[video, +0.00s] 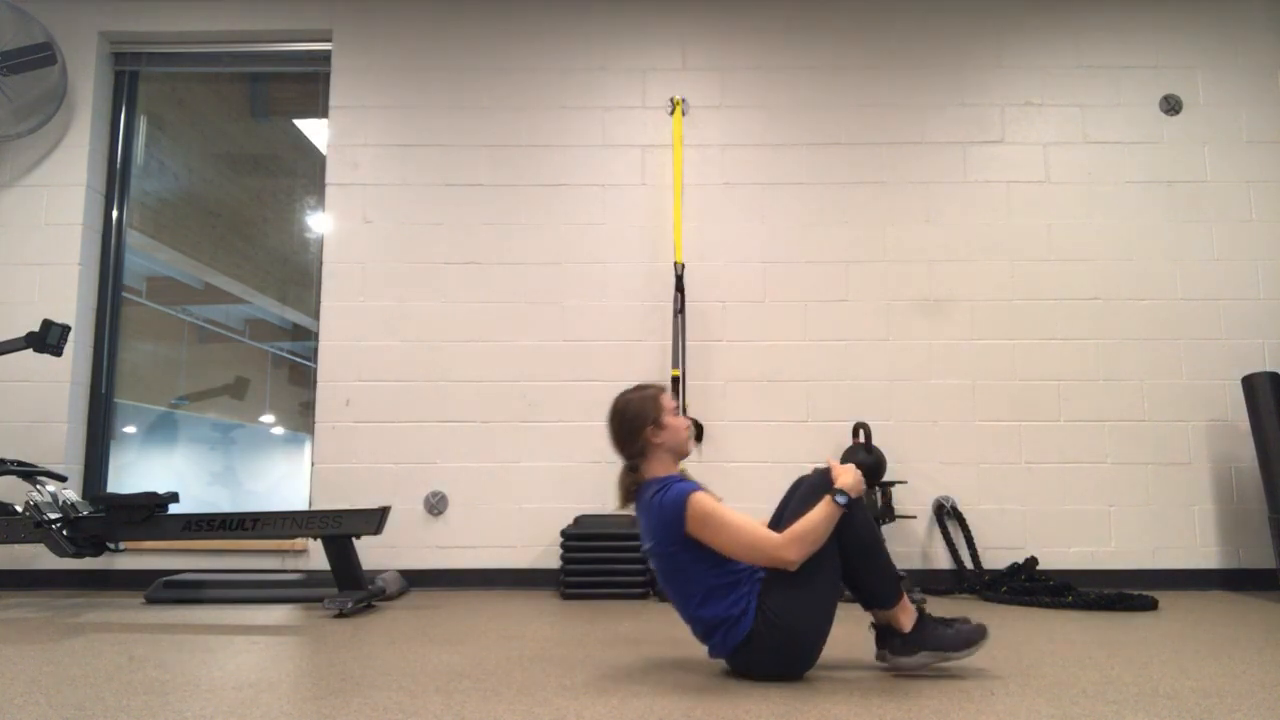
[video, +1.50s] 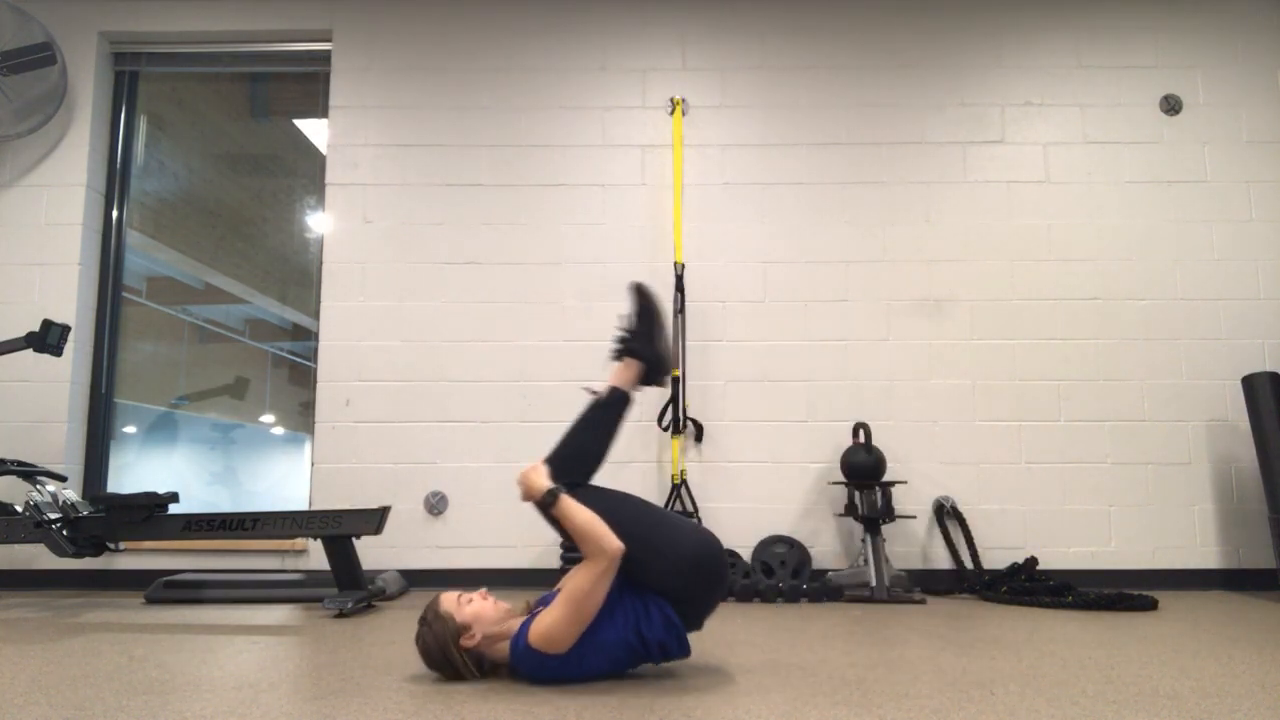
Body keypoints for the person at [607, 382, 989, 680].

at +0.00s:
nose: (687, 416)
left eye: (679, 409)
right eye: (676, 412)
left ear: (653, 435)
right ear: (654, 434)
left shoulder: (662, 494)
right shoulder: (678, 500)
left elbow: (765, 547)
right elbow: (786, 551)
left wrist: (830, 485)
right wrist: (841, 493)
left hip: (754, 634)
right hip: (767, 645)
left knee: (814, 486)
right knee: (832, 496)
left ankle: (893, 614)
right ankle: (905, 625)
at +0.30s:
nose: (621, 461)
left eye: (614, 452)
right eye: (609, 457)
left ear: (589, 482)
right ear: (588, 480)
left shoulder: (612, 534)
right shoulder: (626, 539)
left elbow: (721, 540)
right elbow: (746, 550)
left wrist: (781, 479)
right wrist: (792, 483)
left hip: (741, 633)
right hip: (757, 645)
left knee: (775, 474)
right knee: (799, 485)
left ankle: (894, 580)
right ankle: (903, 584)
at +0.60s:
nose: (547, 531)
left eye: (535, 526)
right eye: (531, 532)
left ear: (528, 559)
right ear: (518, 564)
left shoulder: (569, 598)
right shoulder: (573, 604)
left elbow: (662, 563)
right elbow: (683, 566)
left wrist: (670, 487)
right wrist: (672, 485)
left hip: (728, 637)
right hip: (739, 643)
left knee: (678, 481)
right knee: (684, 482)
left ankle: (808, 446)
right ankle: (814, 448)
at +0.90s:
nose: (486, 583)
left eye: (473, 583)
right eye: (472, 592)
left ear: (482, 629)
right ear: (476, 631)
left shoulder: (534, 637)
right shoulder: (540, 639)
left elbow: (614, 564)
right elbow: (625, 559)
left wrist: (569, 497)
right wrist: (566, 501)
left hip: (692, 599)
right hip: (707, 591)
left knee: (574, 495)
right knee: (580, 498)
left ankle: (638, 364)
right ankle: (643, 363)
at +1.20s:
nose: (476, 599)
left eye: (461, 600)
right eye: (461, 609)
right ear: (468, 645)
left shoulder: (527, 638)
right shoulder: (532, 645)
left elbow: (587, 550)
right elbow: (589, 547)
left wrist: (523, 503)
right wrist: (521, 502)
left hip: (676, 565)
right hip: (680, 558)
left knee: (527, 497)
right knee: (532, 496)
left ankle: (585, 359)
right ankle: (588, 358)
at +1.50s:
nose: (480, 593)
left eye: (468, 593)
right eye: (466, 602)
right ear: (470, 638)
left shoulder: (533, 631)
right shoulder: (539, 644)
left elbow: (597, 559)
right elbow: (608, 553)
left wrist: (551, 496)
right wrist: (548, 496)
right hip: (693, 575)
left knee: (555, 489)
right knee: (561, 492)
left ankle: (631, 366)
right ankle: (635, 365)